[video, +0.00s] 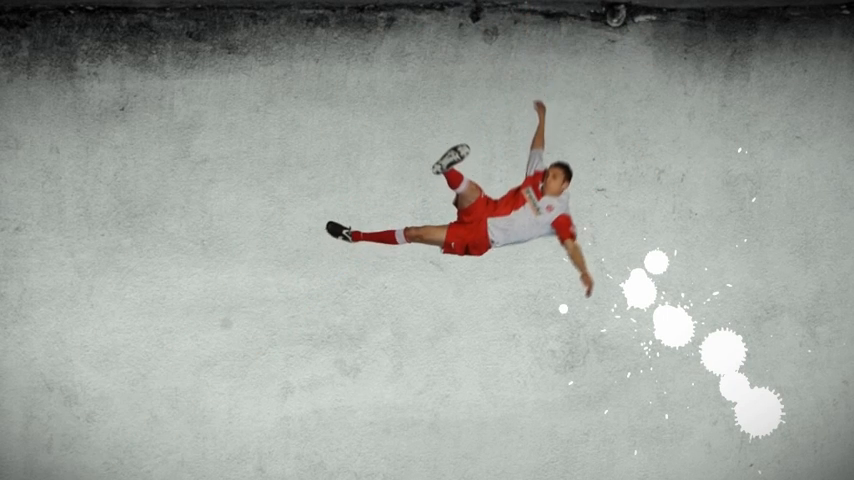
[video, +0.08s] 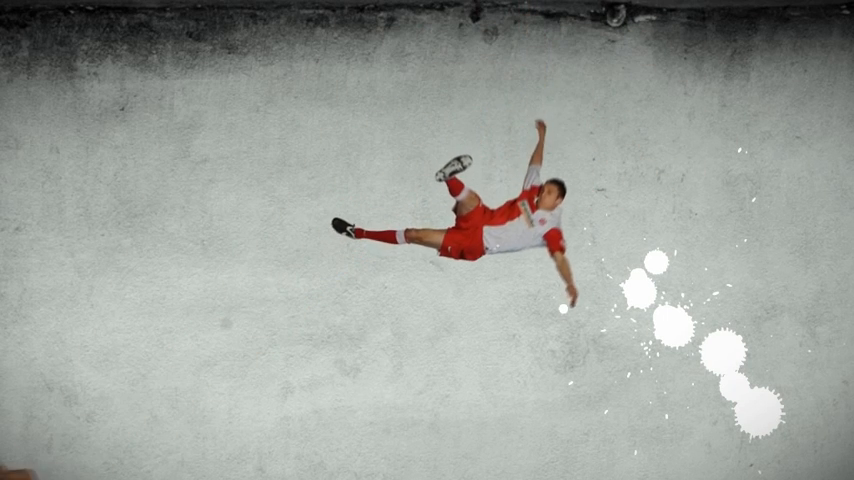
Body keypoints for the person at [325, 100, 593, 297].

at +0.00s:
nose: (548, 179)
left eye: (555, 178)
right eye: (548, 175)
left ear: (564, 186)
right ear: (544, 176)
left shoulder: (559, 216)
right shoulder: (535, 179)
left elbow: (571, 246)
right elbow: (537, 150)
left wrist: (584, 272)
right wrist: (542, 119)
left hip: (479, 237)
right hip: (479, 210)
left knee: (416, 233)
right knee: (469, 189)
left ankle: (354, 236)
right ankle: (446, 171)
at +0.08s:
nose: (543, 196)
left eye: (550, 194)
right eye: (544, 191)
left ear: (559, 201)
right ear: (541, 191)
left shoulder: (551, 230)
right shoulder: (532, 194)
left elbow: (560, 260)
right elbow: (535, 166)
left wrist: (571, 286)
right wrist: (542, 138)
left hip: (474, 242)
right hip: (478, 217)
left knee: (414, 235)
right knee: (467, 197)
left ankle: (357, 233)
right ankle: (450, 180)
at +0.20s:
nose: (537, 216)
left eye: (543, 215)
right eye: (538, 211)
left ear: (548, 222)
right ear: (534, 210)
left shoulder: (538, 246)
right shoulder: (525, 211)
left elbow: (544, 274)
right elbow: (531, 186)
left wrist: (550, 298)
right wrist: (541, 161)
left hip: (467, 250)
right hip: (472, 229)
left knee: (413, 237)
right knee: (466, 208)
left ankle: (362, 230)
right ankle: (451, 189)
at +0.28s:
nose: (532, 227)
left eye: (537, 227)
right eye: (533, 223)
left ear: (541, 234)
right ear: (529, 222)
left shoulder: (530, 257)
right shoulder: (520, 223)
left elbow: (533, 283)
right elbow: (527, 199)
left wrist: (538, 306)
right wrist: (538, 176)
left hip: (461, 256)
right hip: (470, 235)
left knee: (412, 238)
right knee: (467, 215)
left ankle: (364, 227)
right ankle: (452, 197)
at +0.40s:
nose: (524, 236)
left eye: (528, 236)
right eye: (525, 232)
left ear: (532, 244)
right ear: (522, 233)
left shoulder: (521, 265)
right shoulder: (513, 232)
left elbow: (522, 290)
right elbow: (522, 211)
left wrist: (524, 313)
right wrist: (534, 190)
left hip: (457, 258)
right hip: (465, 239)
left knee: (412, 238)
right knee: (461, 220)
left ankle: (368, 224)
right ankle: (453, 201)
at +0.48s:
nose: (520, 241)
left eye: (524, 242)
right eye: (521, 237)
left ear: (527, 249)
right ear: (518, 237)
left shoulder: (515, 269)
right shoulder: (509, 237)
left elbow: (515, 292)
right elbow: (518, 216)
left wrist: (516, 314)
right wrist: (531, 196)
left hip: (453, 259)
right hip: (462, 242)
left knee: (412, 238)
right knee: (459, 222)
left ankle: (369, 223)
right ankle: (452, 204)